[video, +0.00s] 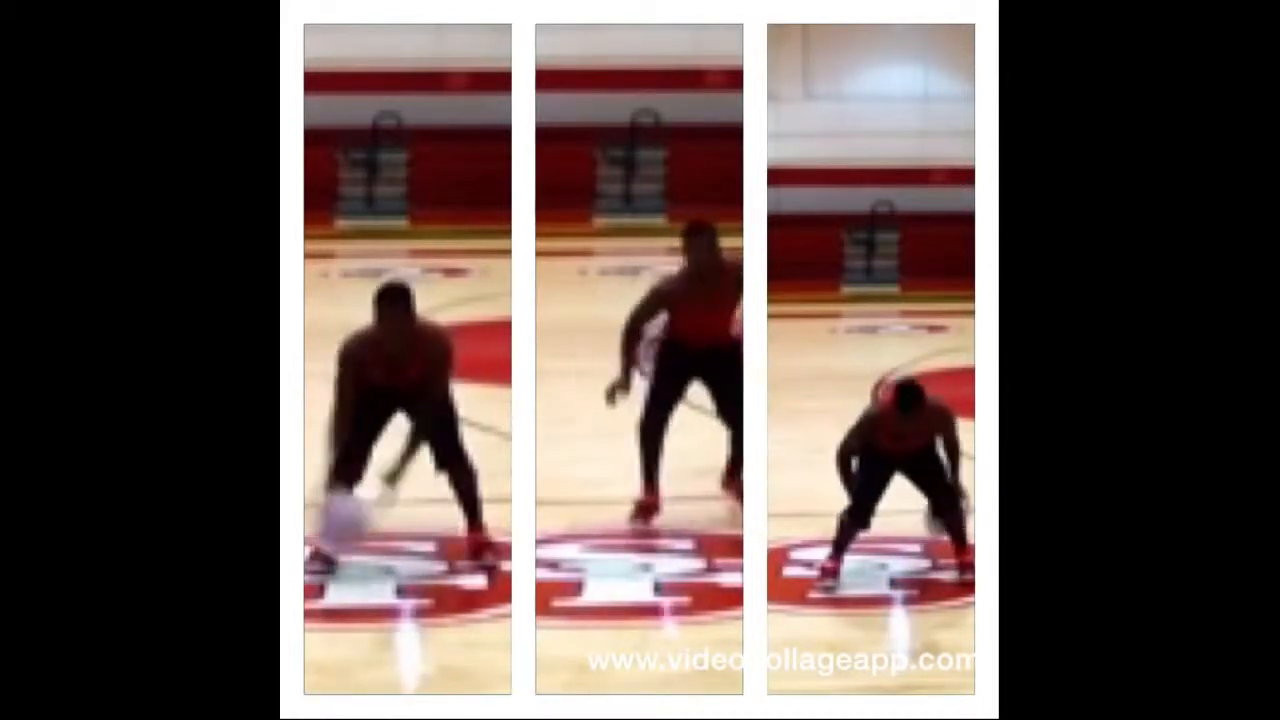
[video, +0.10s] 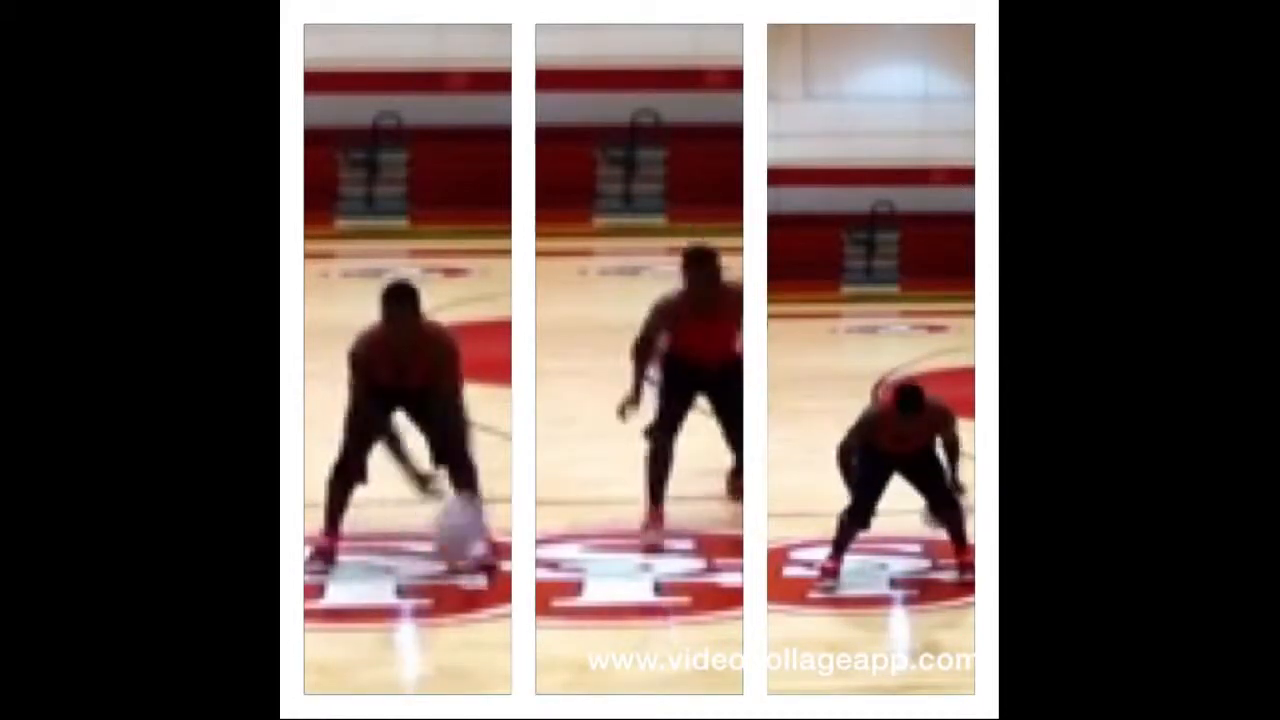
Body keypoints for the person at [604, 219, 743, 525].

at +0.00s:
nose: (702, 259)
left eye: (707, 251)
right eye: (695, 252)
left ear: (717, 250)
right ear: (686, 253)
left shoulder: (735, 277)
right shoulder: (673, 288)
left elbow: (755, 308)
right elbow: (634, 324)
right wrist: (626, 373)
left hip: (720, 351)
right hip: (678, 352)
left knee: (744, 421)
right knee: (651, 423)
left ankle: (734, 476)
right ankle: (650, 494)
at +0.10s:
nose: (701, 287)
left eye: (708, 279)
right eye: (695, 279)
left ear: (717, 276)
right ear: (685, 278)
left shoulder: (734, 301)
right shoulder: (670, 308)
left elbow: (752, 336)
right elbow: (644, 346)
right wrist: (636, 390)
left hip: (724, 370)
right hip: (681, 370)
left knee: (745, 439)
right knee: (662, 435)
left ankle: (738, 479)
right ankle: (655, 510)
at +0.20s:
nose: (707, 316)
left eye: (712, 307)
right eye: (699, 309)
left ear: (719, 303)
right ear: (688, 306)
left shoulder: (736, 325)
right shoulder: (671, 329)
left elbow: (753, 360)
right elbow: (652, 368)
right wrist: (656, 418)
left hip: (724, 380)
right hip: (684, 381)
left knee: (758, 428)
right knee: (670, 437)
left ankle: (738, 477)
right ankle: (658, 512)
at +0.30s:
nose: (703, 324)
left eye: (708, 316)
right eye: (697, 317)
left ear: (717, 310)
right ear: (686, 312)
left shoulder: (734, 330)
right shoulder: (668, 335)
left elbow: (751, 369)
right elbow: (656, 378)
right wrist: (663, 416)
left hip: (727, 384)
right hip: (689, 385)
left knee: (759, 429)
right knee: (674, 444)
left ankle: (732, 467)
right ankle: (658, 514)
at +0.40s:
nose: (701, 318)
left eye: (705, 310)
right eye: (695, 310)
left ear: (714, 303)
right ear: (684, 305)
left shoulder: (732, 325)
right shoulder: (669, 330)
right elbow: (654, 381)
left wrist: (713, 433)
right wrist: (648, 430)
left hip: (730, 385)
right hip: (693, 387)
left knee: (758, 439)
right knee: (682, 446)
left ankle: (739, 475)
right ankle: (660, 512)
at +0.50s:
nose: (695, 295)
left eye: (700, 287)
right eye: (688, 288)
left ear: (711, 281)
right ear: (680, 283)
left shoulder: (734, 305)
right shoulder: (672, 308)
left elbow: (749, 360)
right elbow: (642, 351)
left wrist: (732, 408)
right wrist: (614, 397)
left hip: (735, 369)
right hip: (696, 370)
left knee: (753, 440)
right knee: (681, 439)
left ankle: (739, 473)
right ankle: (660, 512)